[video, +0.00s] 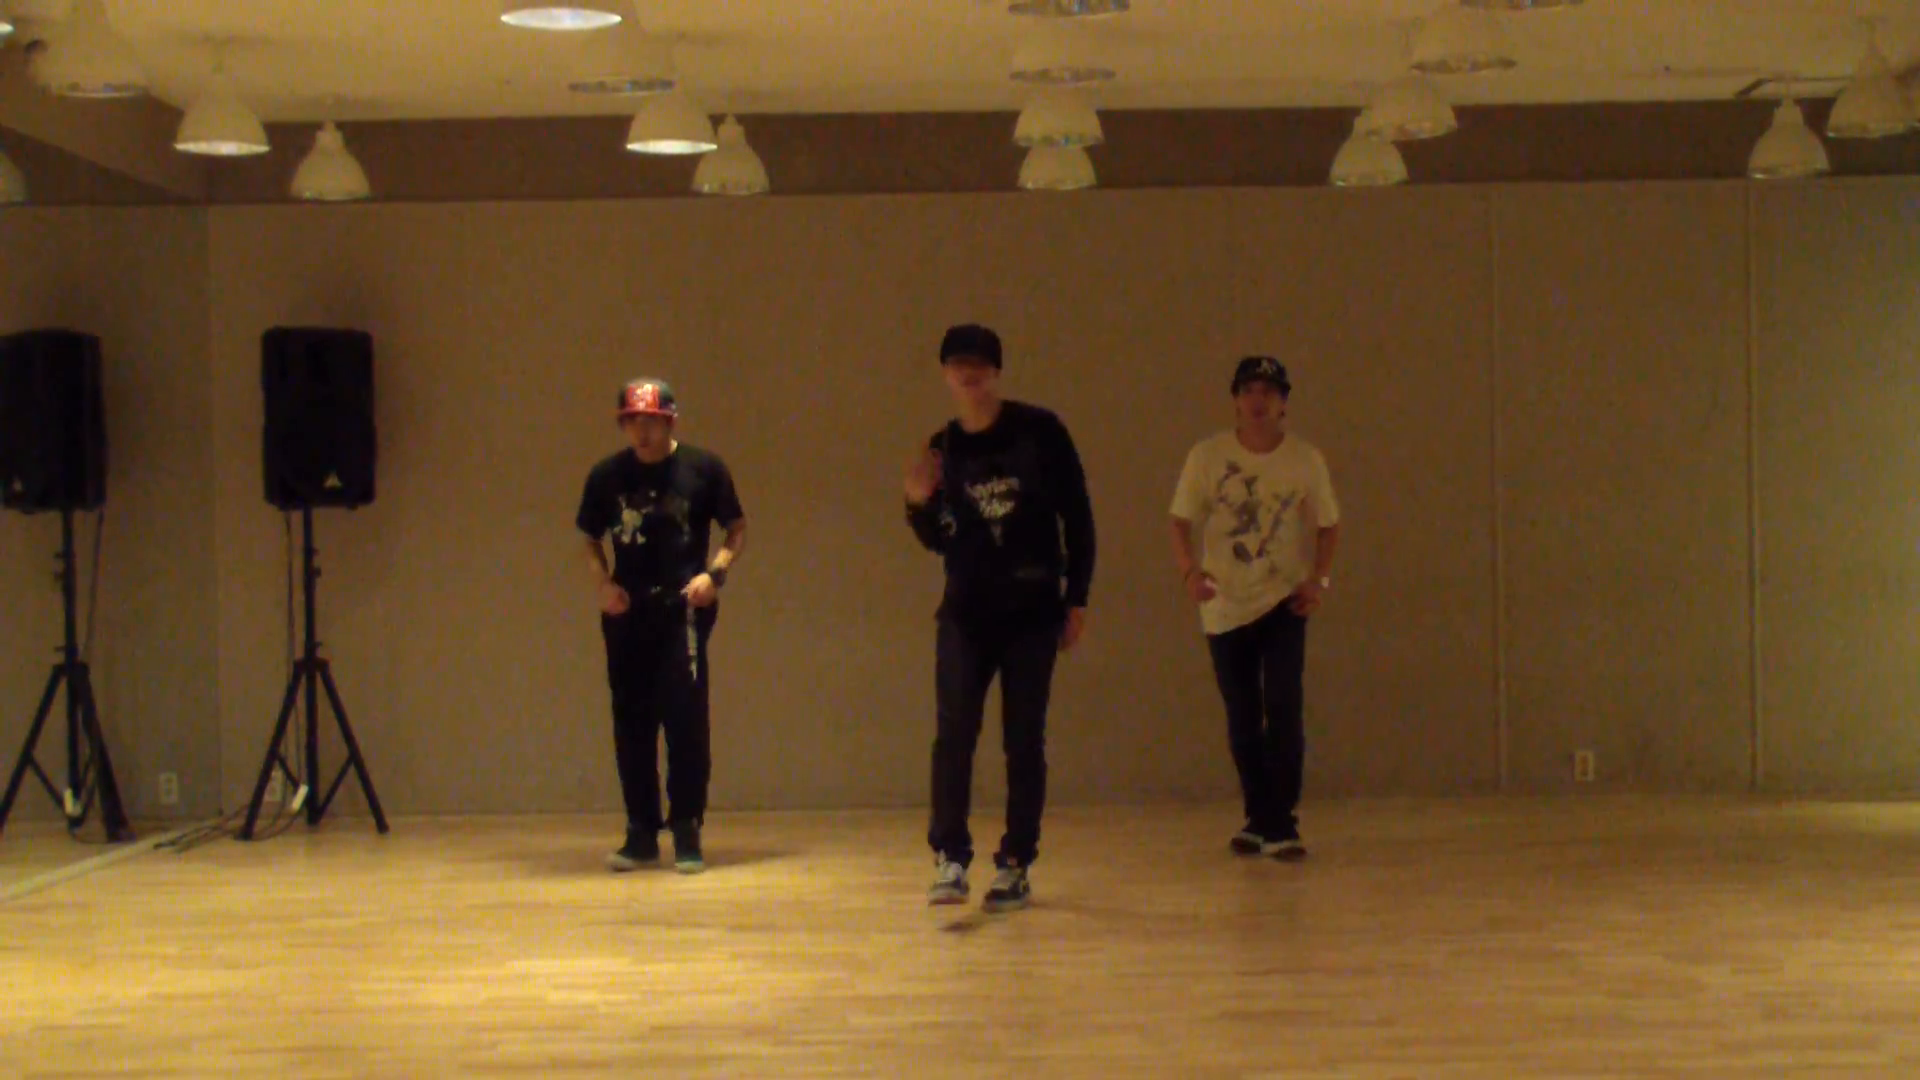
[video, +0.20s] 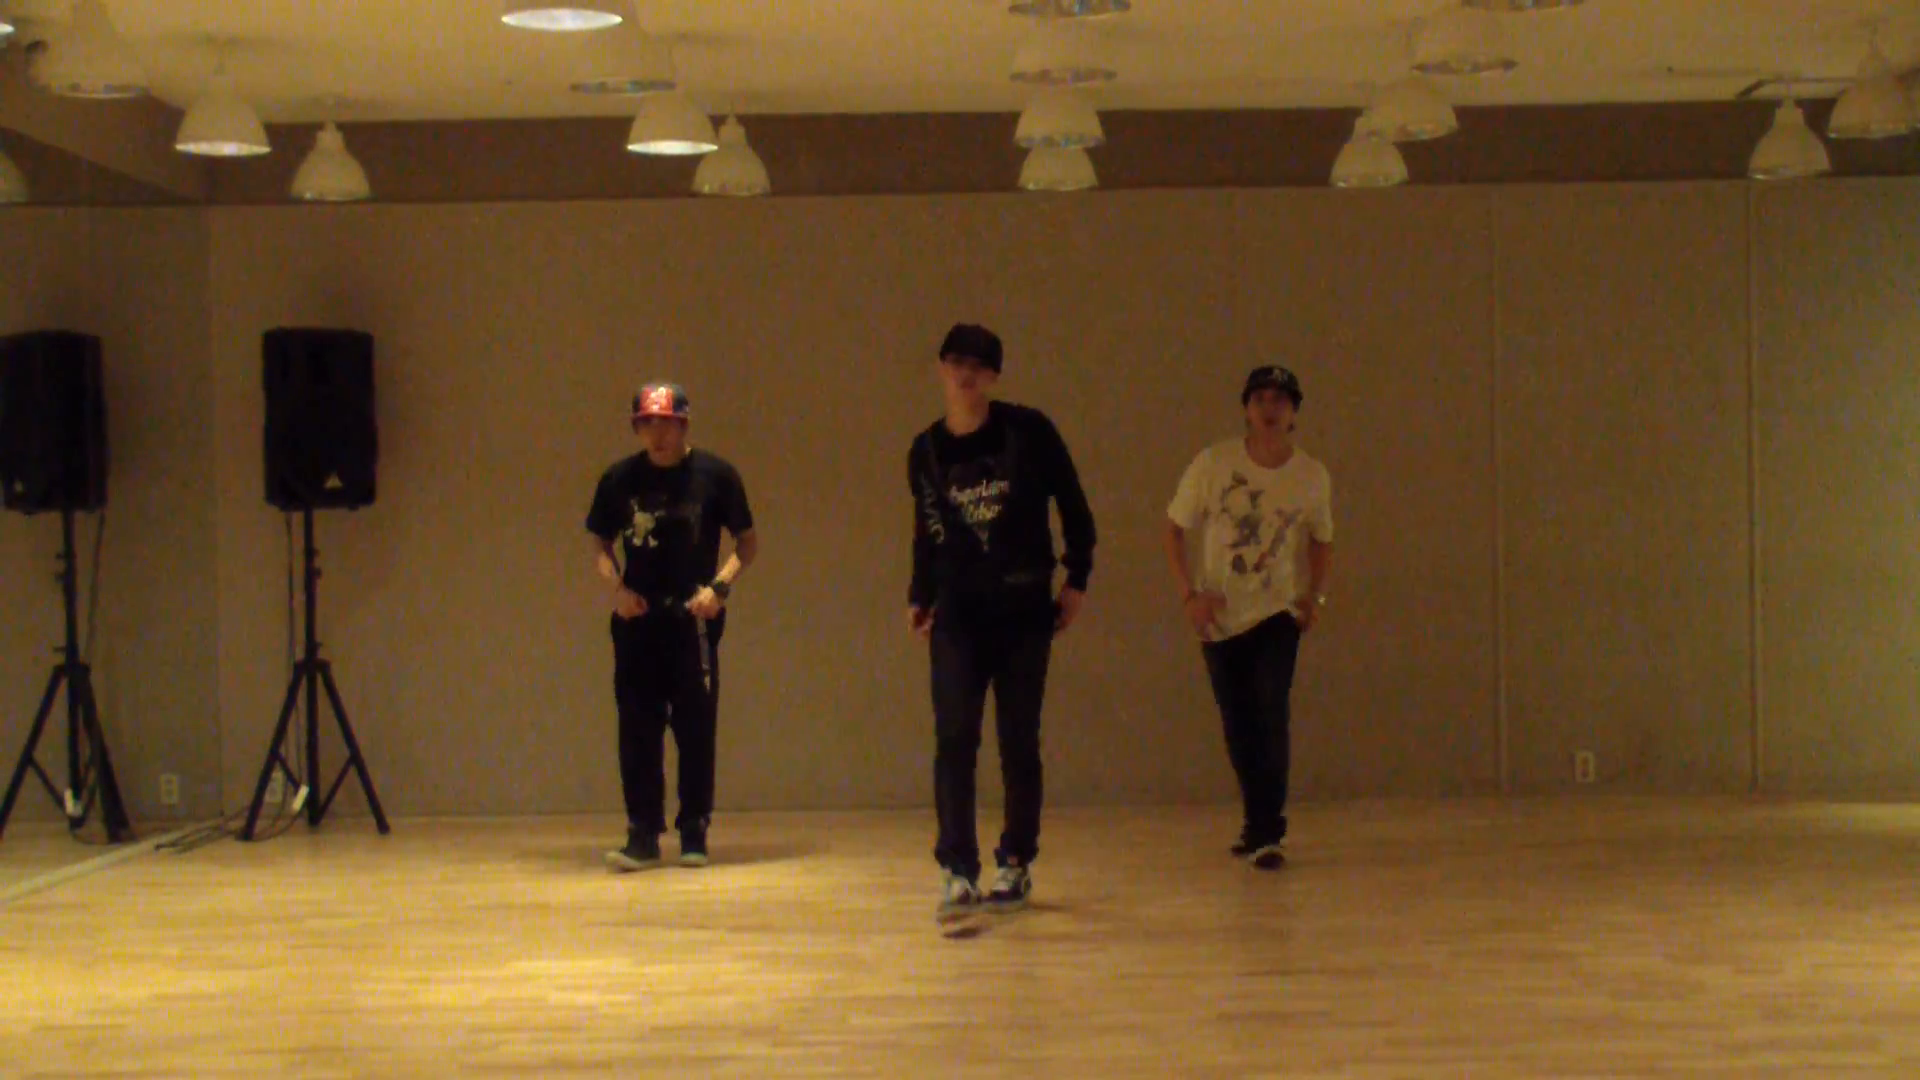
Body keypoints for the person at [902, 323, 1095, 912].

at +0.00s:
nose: (969, 376)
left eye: (979, 366)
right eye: (959, 367)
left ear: (998, 370)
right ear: (945, 374)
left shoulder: (1041, 430)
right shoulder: (943, 448)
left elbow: (1078, 517)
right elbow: (937, 540)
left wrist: (1076, 599)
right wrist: (919, 501)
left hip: (1033, 605)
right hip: (967, 606)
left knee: (1023, 738)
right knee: (954, 732)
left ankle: (1016, 860)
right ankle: (949, 857)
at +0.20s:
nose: (968, 374)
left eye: (980, 365)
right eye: (958, 363)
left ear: (996, 374)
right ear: (941, 369)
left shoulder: (1031, 431)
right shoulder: (926, 452)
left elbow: (1077, 513)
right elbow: (926, 532)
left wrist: (1076, 583)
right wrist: (920, 595)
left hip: (1023, 609)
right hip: (956, 614)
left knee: (1018, 738)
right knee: (954, 739)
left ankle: (1015, 861)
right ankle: (957, 869)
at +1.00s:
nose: (952, 391)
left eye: (963, 380)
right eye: (942, 381)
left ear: (983, 384)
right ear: (928, 386)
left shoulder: (1022, 453)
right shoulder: (911, 458)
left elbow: (1053, 535)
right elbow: (891, 533)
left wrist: (1049, 578)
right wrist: (886, 565)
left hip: (1006, 625)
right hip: (937, 628)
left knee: (998, 747)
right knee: (948, 760)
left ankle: (1009, 853)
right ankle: (967, 885)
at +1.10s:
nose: (953, 402)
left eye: (963, 391)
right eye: (942, 393)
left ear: (982, 395)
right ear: (926, 399)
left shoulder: (1019, 459)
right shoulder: (911, 464)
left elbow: (1054, 541)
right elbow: (897, 551)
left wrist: (1044, 516)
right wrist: (889, 516)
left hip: (1005, 616)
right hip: (939, 623)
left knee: (983, 691)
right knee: (952, 760)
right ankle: (969, 884)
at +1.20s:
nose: (956, 400)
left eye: (966, 388)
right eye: (944, 390)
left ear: (984, 394)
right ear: (928, 397)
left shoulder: (1019, 453)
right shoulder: (913, 463)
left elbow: (1060, 541)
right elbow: (889, 558)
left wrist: (1042, 498)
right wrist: (894, 501)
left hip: (1005, 617)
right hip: (939, 625)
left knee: (976, 677)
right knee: (950, 764)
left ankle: (1001, 755)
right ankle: (970, 887)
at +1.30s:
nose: (961, 416)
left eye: (970, 403)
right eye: (949, 404)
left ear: (987, 404)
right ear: (931, 406)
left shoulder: (1014, 461)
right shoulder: (918, 470)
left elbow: (1045, 512)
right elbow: (895, 519)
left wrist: (1049, 491)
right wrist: (881, 489)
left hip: (1002, 627)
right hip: (937, 630)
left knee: (980, 730)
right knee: (951, 751)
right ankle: (966, 874)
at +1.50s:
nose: (965, 439)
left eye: (975, 427)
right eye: (954, 427)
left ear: (992, 430)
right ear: (935, 429)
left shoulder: (1016, 490)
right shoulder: (909, 495)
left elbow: (1068, 502)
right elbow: (854, 504)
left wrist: (1122, 493)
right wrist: (799, 501)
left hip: (1000, 658)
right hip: (933, 661)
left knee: (973, 755)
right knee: (952, 777)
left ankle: (952, 878)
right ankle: (977, 892)